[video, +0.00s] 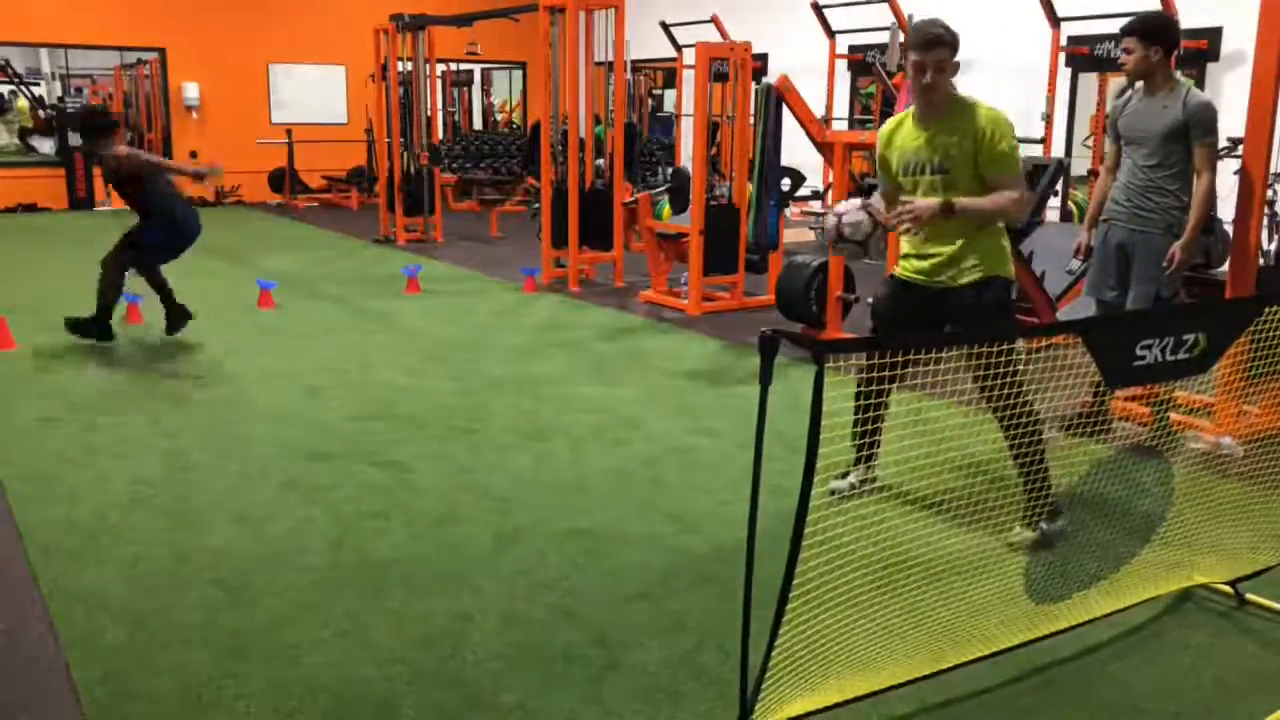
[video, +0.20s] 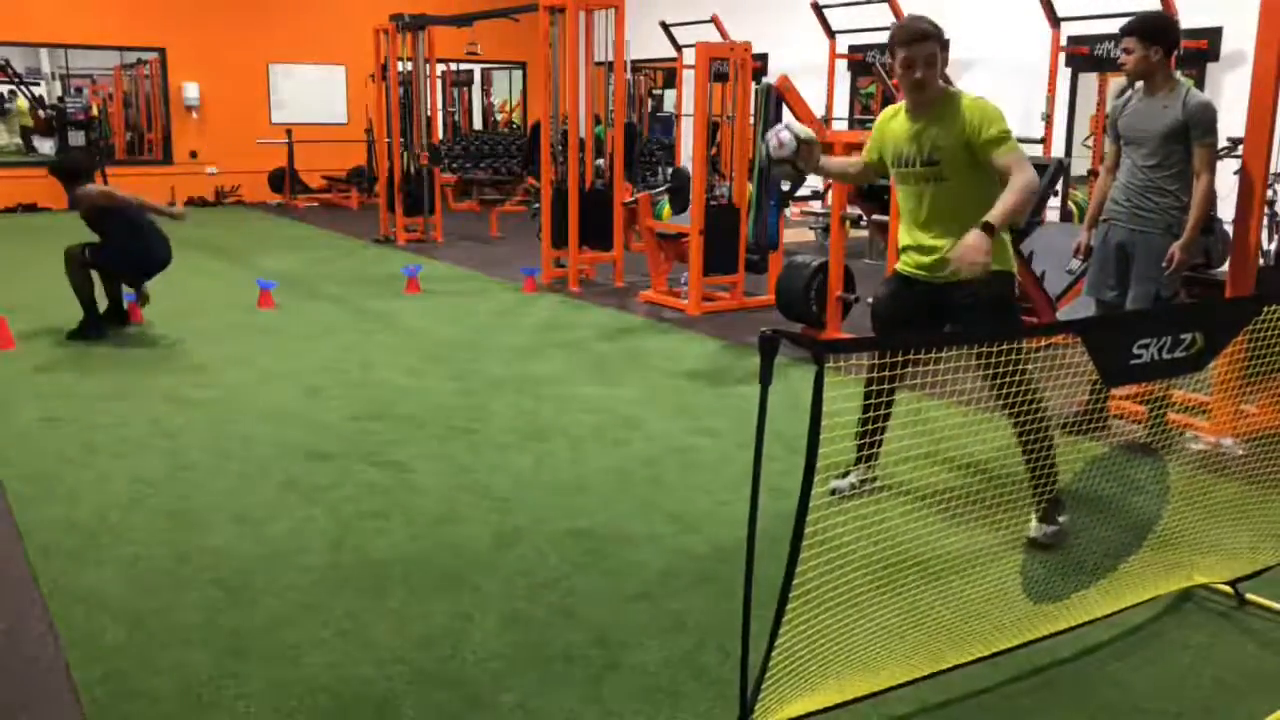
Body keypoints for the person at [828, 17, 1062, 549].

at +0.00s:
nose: (926, 79)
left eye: (936, 69)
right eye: (917, 68)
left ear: (954, 67)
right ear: (904, 67)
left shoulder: (986, 124)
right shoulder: (891, 134)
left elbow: (1017, 203)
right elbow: (890, 201)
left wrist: (946, 205)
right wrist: (872, 215)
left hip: (978, 279)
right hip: (912, 277)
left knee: (1002, 392)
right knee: (874, 373)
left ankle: (1043, 507)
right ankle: (863, 470)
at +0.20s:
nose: (912, 74)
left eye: (923, 64)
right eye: (902, 65)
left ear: (944, 63)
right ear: (892, 68)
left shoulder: (975, 114)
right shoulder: (888, 122)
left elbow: (1026, 179)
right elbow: (863, 170)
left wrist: (986, 230)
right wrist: (809, 160)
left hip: (981, 274)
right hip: (914, 273)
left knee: (1011, 386)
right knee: (882, 370)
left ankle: (1048, 502)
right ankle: (864, 468)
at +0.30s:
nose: (925, 79)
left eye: (934, 68)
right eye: (914, 70)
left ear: (951, 64)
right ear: (900, 71)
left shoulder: (983, 118)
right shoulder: (895, 122)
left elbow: (1045, 171)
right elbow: (862, 159)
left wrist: (1050, 233)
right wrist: (810, 129)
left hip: (990, 273)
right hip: (922, 273)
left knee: (1017, 386)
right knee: (887, 367)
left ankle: (1055, 505)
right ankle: (864, 468)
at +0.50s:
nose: (975, 90)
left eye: (984, 79)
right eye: (964, 80)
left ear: (996, 77)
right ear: (945, 80)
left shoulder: (1034, 134)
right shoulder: (920, 140)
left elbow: (1093, 179)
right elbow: (868, 193)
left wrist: (1131, 218)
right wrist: (827, 155)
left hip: (1022, 287)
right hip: (946, 289)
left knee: (1038, 391)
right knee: (898, 374)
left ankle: (1058, 508)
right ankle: (865, 469)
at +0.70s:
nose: (1028, 110)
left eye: (1037, 97)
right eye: (1015, 99)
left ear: (1050, 93)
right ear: (996, 99)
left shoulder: (1077, 153)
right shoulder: (974, 165)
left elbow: (1112, 224)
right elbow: (1005, 245)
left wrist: (1154, 272)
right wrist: (1057, 294)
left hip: (1046, 303)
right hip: (975, 301)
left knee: (1081, 401)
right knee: (916, 380)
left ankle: (1056, 520)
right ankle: (865, 467)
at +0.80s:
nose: (1049, 99)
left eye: (1058, 88)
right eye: (1037, 90)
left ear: (1072, 87)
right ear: (1019, 90)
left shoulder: (1103, 146)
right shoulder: (996, 162)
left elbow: (1134, 228)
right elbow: (1036, 240)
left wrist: (1162, 304)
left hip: (1072, 297)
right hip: (999, 295)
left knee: (1087, 410)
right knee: (927, 384)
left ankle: (1056, 518)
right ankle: (867, 471)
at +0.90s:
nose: (1066, 81)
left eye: (1076, 70)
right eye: (1053, 71)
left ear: (1092, 72)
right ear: (1036, 76)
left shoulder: (1127, 139)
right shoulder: (1009, 146)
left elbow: (1153, 229)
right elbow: (1011, 235)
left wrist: (1168, 307)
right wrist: (1096, 227)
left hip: (1092, 291)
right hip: (1018, 287)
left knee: (1090, 404)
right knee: (958, 373)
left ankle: (1057, 516)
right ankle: (923, 463)